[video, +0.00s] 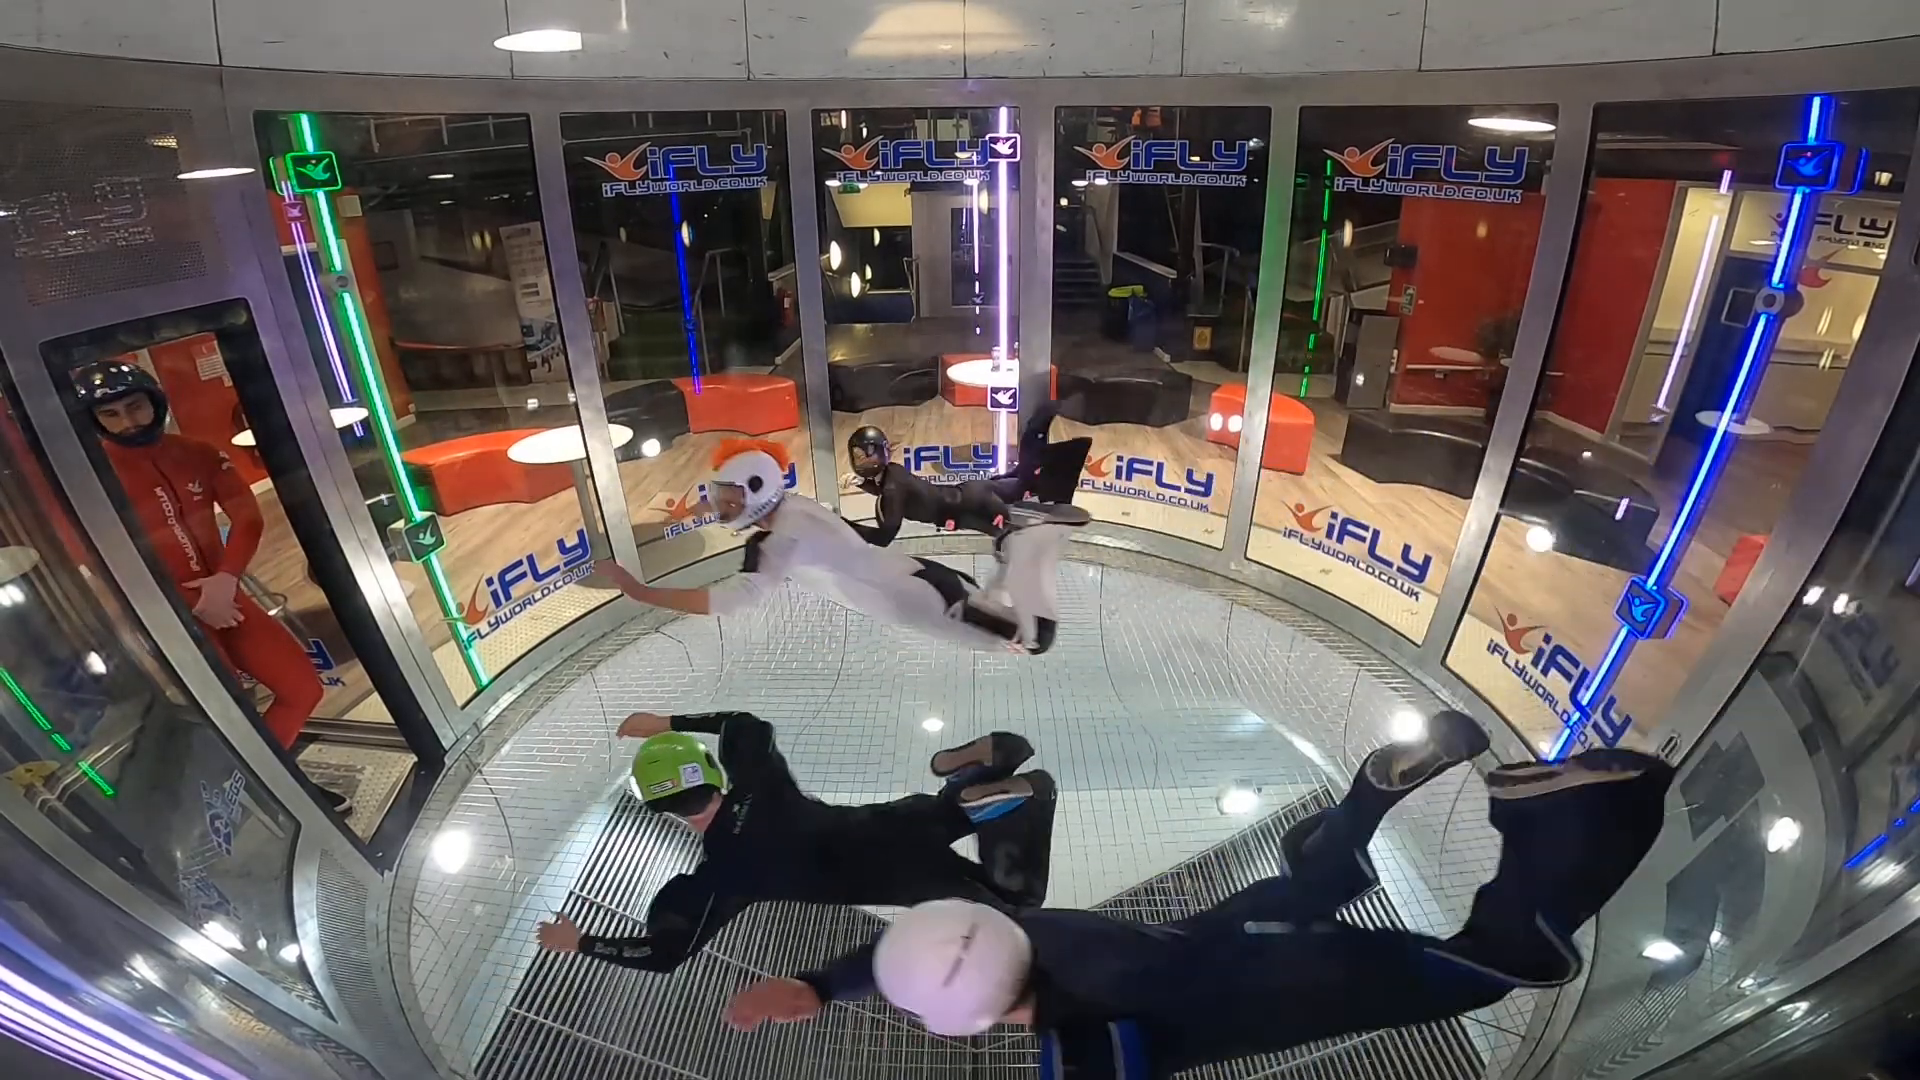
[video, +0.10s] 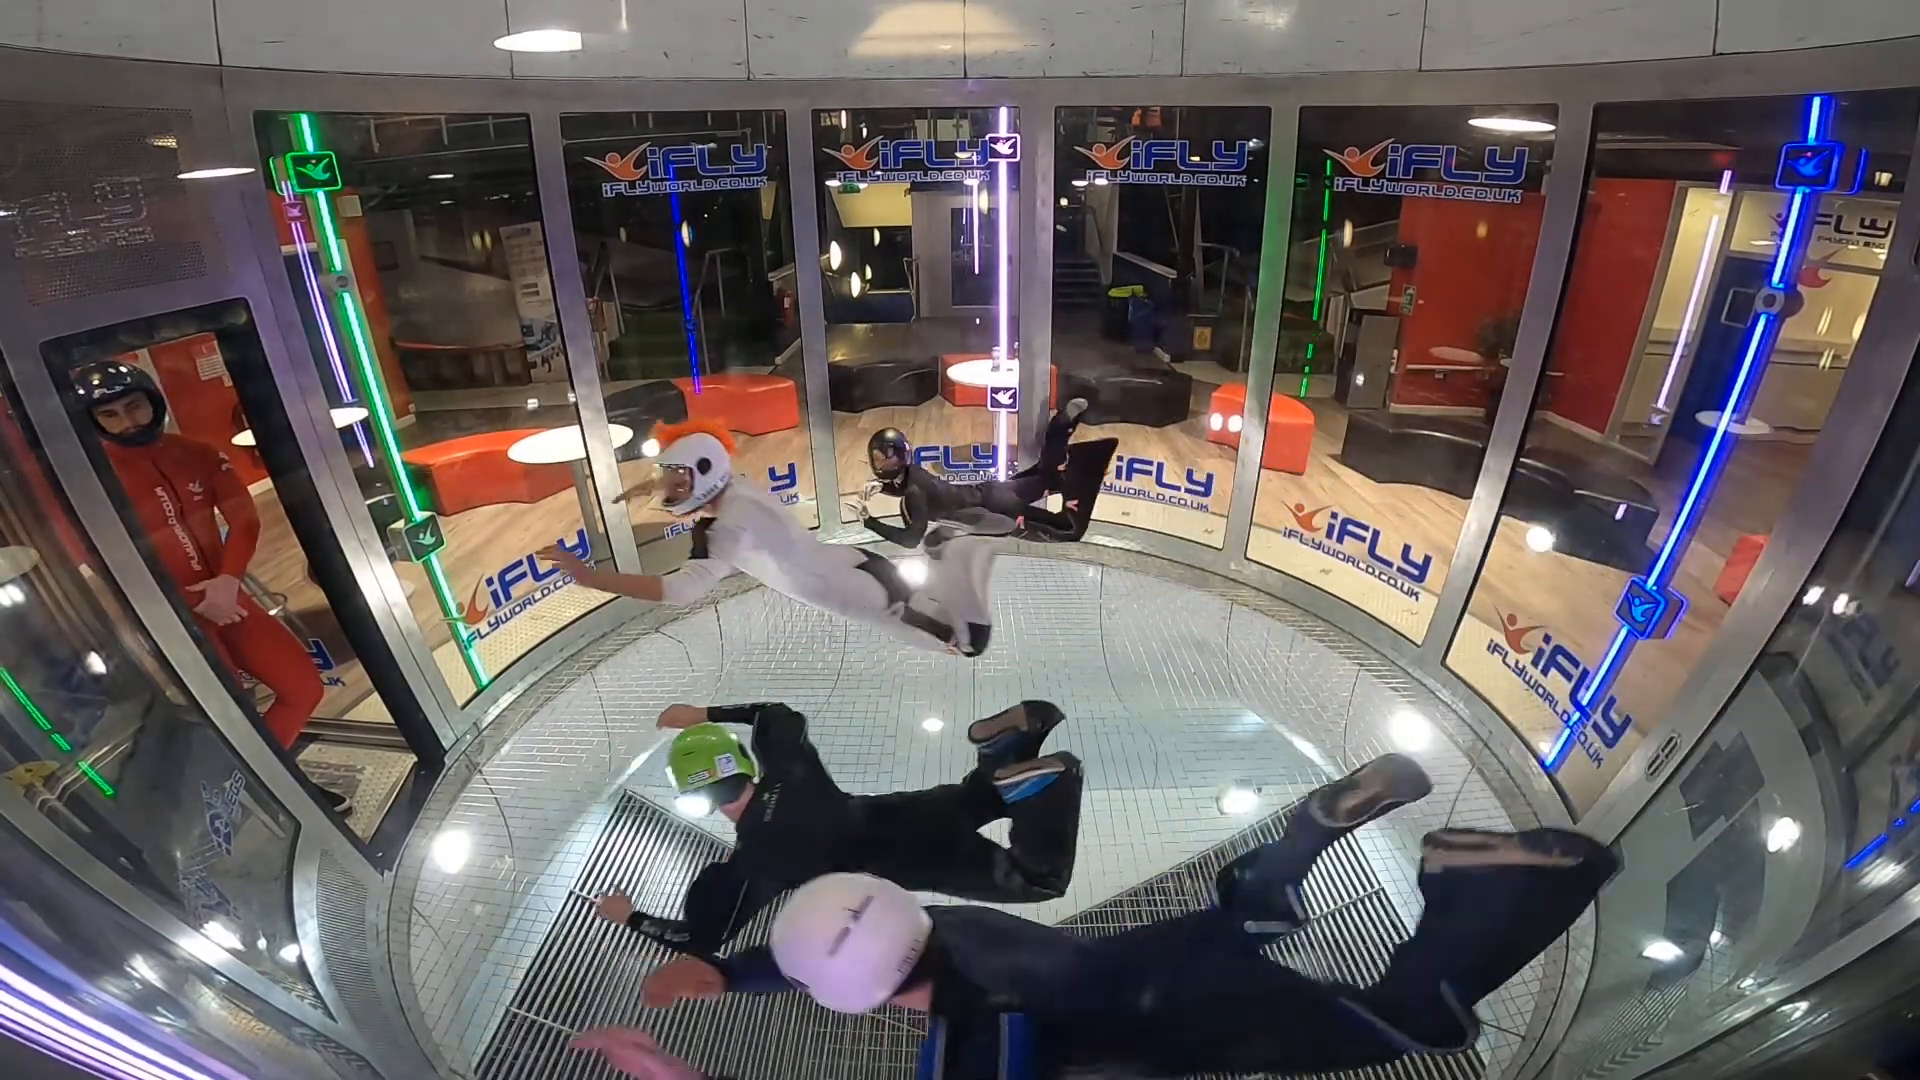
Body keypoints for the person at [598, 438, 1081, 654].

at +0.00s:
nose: (719, 501)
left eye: (728, 492)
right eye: (719, 491)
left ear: (758, 495)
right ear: (755, 491)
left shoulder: (786, 539)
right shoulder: (783, 508)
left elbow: (724, 602)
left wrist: (636, 589)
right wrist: (702, 510)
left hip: (921, 593)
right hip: (912, 579)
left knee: (1035, 635)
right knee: (1013, 626)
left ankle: (1031, 540)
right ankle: (1023, 541)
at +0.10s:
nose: (667, 486)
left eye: (674, 477)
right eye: (667, 475)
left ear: (704, 477)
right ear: (704, 471)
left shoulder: (726, 529)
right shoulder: (734, 490)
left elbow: (678, 591)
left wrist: (590, 577)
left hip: (849, 588)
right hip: (850, 560)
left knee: (968, 638)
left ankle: (969, 553)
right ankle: (964, 547)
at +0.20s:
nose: (621, 476)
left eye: (629, 464)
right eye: (617, 465)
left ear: (661, 459)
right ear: (645, 460)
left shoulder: (684, 511)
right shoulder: (683, 481)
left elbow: (641, 581)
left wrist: (541, 565)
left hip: (811, 578)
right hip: (801, 560)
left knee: (915, 637)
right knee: (897, 624)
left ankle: (898, 551)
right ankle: (897, 547)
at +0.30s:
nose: (574, 473)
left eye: (582, 461)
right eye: (571, 461)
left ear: (615, 459)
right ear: (607, 457)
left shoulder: (641, 505)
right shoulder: (639, 481)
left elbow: (606, 574)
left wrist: (505, 559)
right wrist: (611, 541)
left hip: (773, 570)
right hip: (762, 559)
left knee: (862, 628)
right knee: (847, 617)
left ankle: (853, 530)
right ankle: (840, 524)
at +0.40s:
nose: (542, 477)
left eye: (552, 467)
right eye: (538, 465)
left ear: (581, 461)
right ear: (567, 455)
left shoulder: (605, 511)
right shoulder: (604, 468)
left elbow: (563, 576)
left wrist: (468, 558)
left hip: (735, 562)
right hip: (721, 540)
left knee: (822, 614)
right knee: (782, 588)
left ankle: (813, 521)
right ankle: (785, 506)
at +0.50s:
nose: (524, 484)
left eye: (533, 472)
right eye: (517, 472)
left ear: (560, 462)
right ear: (513, 467)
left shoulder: (588, 514)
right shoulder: (582, 471)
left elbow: (536, 579)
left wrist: (435, 563)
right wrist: (561, 548)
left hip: (712, 553)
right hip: (696, 534)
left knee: (792, 605)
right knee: (750, 570)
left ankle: (799, 506)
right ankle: (749, 490)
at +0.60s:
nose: (516, 488)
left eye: (524, 477)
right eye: (509, 478)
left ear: (548, 472)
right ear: (503, 475)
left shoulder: (578, 519)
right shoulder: (566, 476)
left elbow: (521, 585)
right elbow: (545, 544)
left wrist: (434, 580)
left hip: (700, 550)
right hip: (682, 528)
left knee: (770, 594)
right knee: (727, 541)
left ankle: (779, 494)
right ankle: (725, 475)